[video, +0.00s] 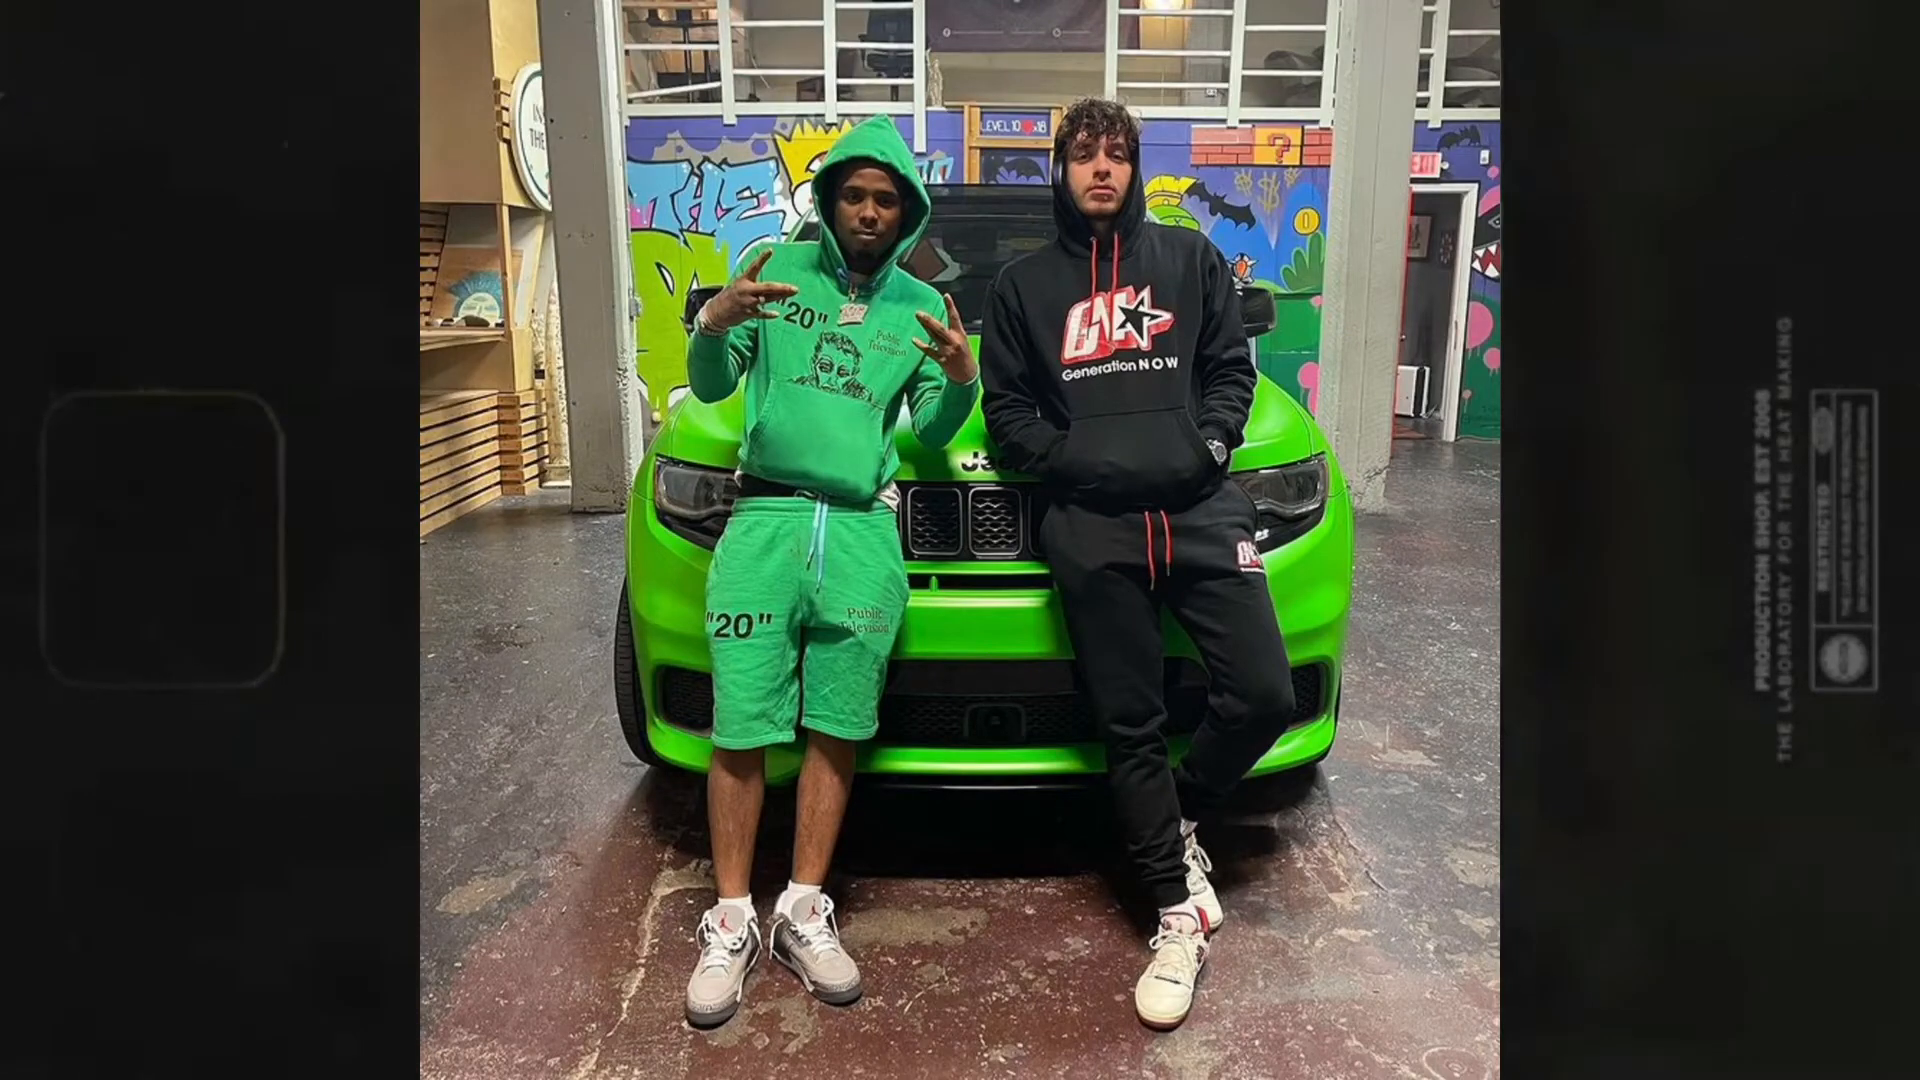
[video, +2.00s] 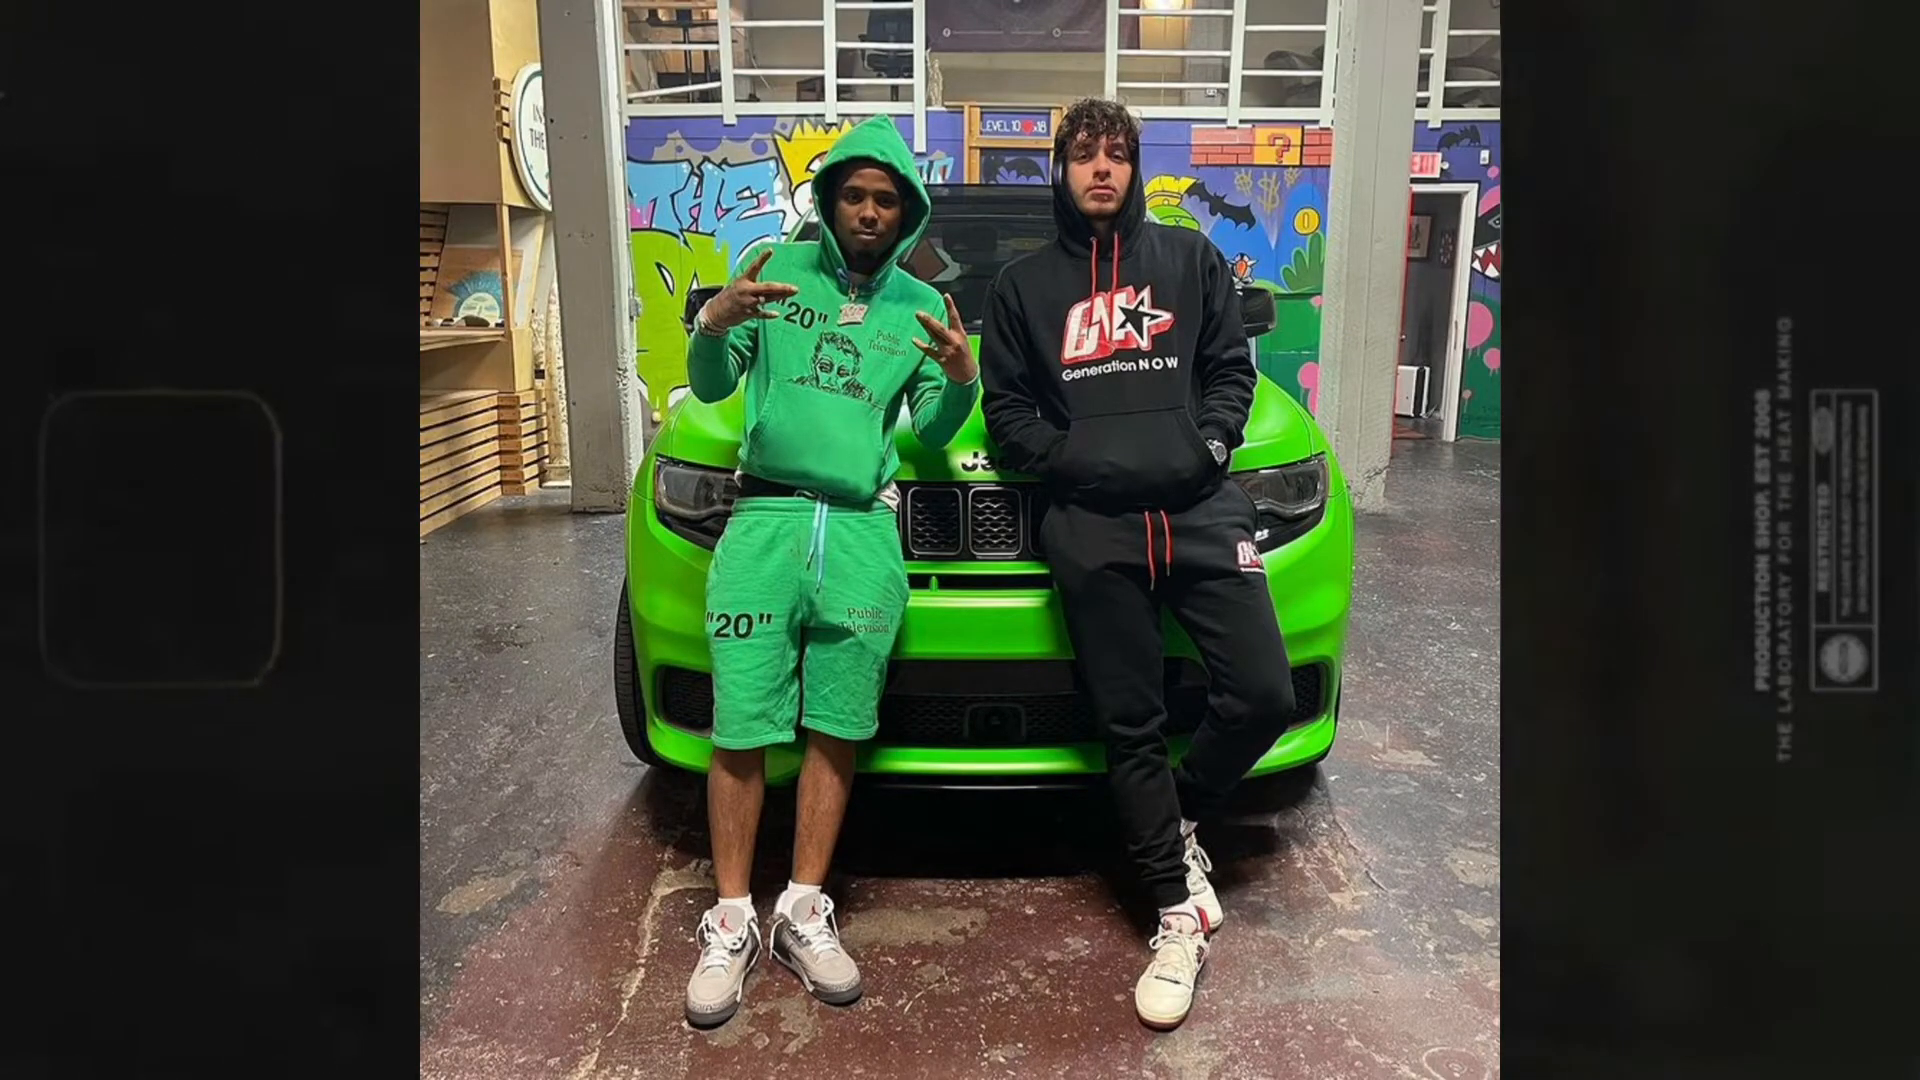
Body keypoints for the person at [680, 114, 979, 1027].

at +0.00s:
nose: (868, 212)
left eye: (884, 198)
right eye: (854, 196)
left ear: (907, 211)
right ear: (827, 202)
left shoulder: (923, 305)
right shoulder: (776, 268)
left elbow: (925, 440)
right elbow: (712, 384)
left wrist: (960, 381)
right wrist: (712, 322)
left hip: (860, 526)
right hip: (762, 517)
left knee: (839, 728)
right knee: (741, 728)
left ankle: (804, 908)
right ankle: (732, 919)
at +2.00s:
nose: (868, 212)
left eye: (885, 198)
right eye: (854, 196)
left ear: (906, 212)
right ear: (827, 203)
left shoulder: (924, 305)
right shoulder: (776, 267)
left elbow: (924, 439)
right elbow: (712, 384)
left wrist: (960, 380)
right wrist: (714, 321)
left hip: (861, 527)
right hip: (763, 517)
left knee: (838, 729)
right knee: (741, 729)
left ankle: (805, 909)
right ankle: (732, 920)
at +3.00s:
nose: (868, 212)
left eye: (885, 198)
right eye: (854, 196)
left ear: (907, 212)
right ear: (827, 202)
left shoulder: (923, 305)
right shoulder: (776, 268)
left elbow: (923, 439)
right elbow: (712, 384)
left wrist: (961, 380)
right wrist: (713, 321)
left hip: (861, 527)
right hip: (763, 517)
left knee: (838, 728)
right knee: (741, 728)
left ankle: (805, 908)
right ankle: (732, 919)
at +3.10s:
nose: (868, 212)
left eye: (885, 198)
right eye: (854, 196)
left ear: (907, 212)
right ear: (827, 202)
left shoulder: (923, 305)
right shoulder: (776, 268)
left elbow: (923, 439)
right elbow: (712, 384)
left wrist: (961, 380)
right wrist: (713, 321)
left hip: (861, 527)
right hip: (763, 517)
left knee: (838, 728)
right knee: (741, 728)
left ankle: (805, 908)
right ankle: (732, 919)